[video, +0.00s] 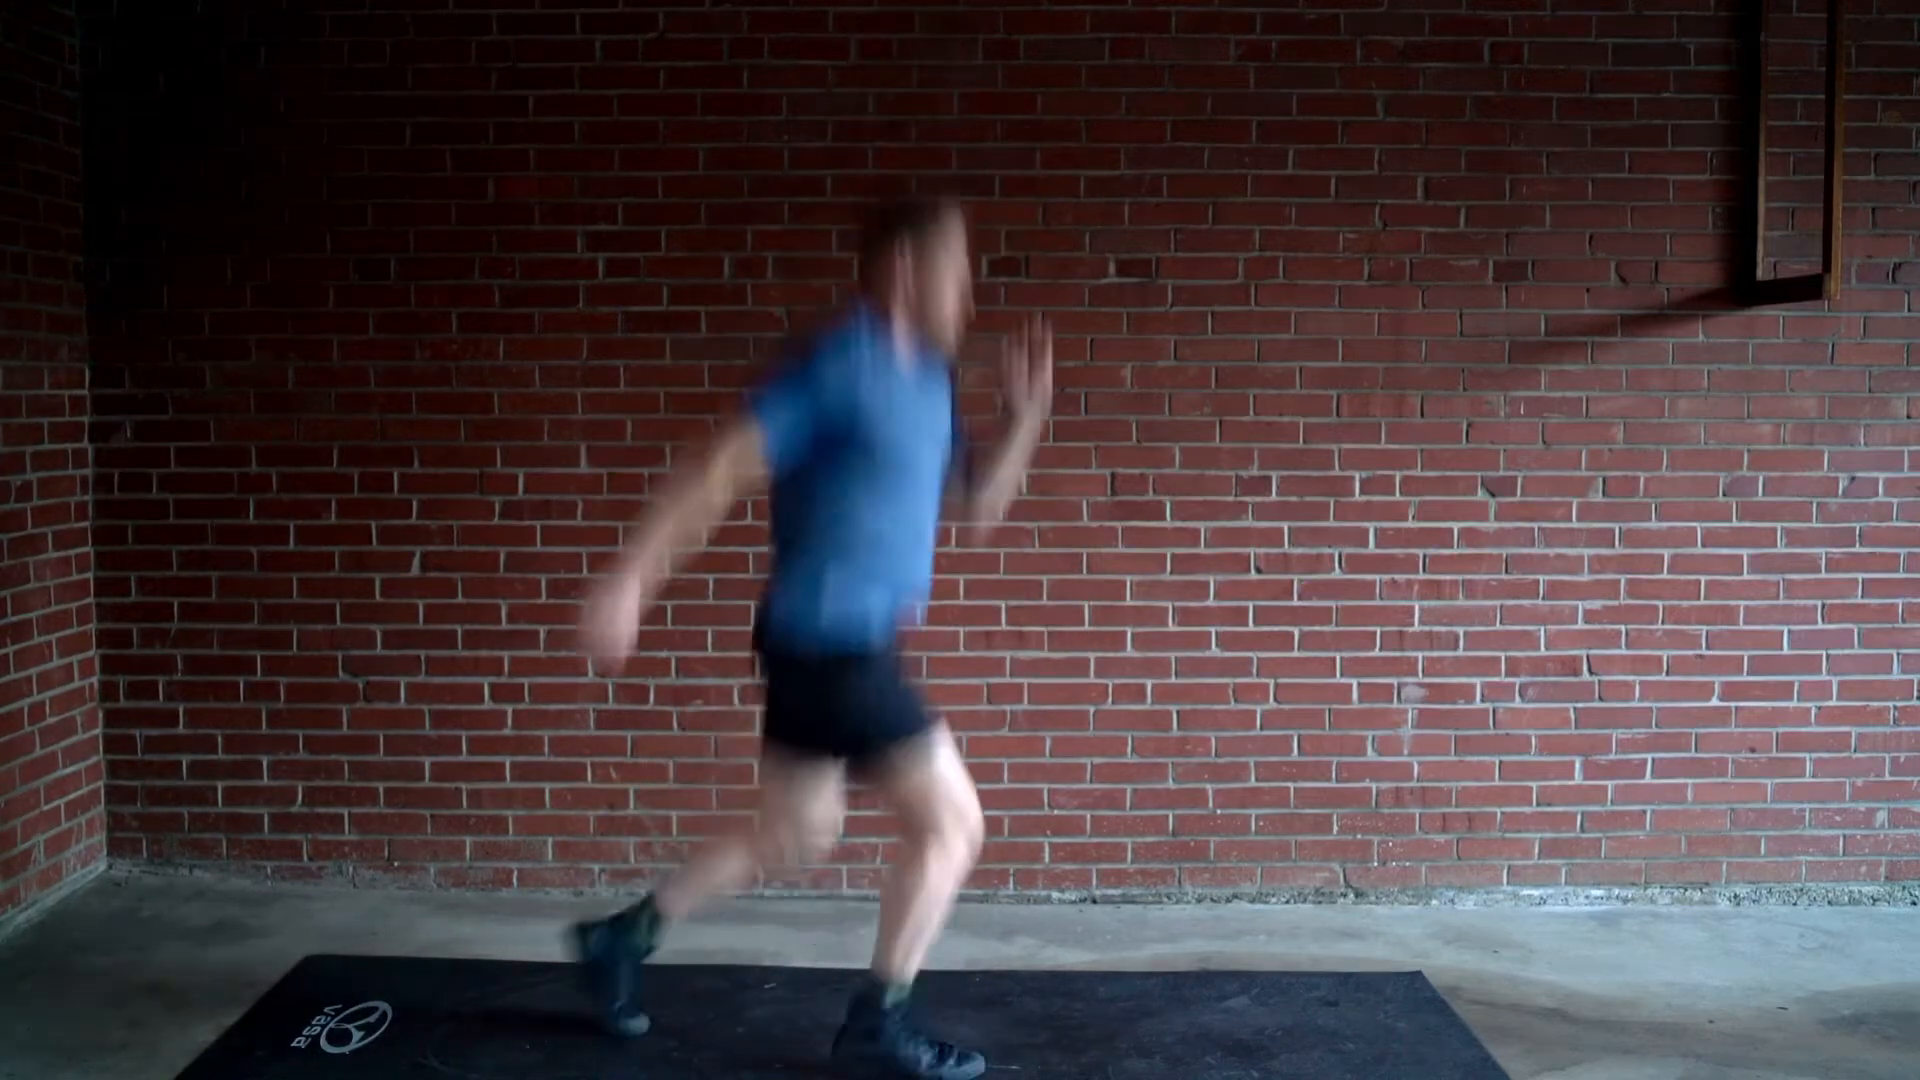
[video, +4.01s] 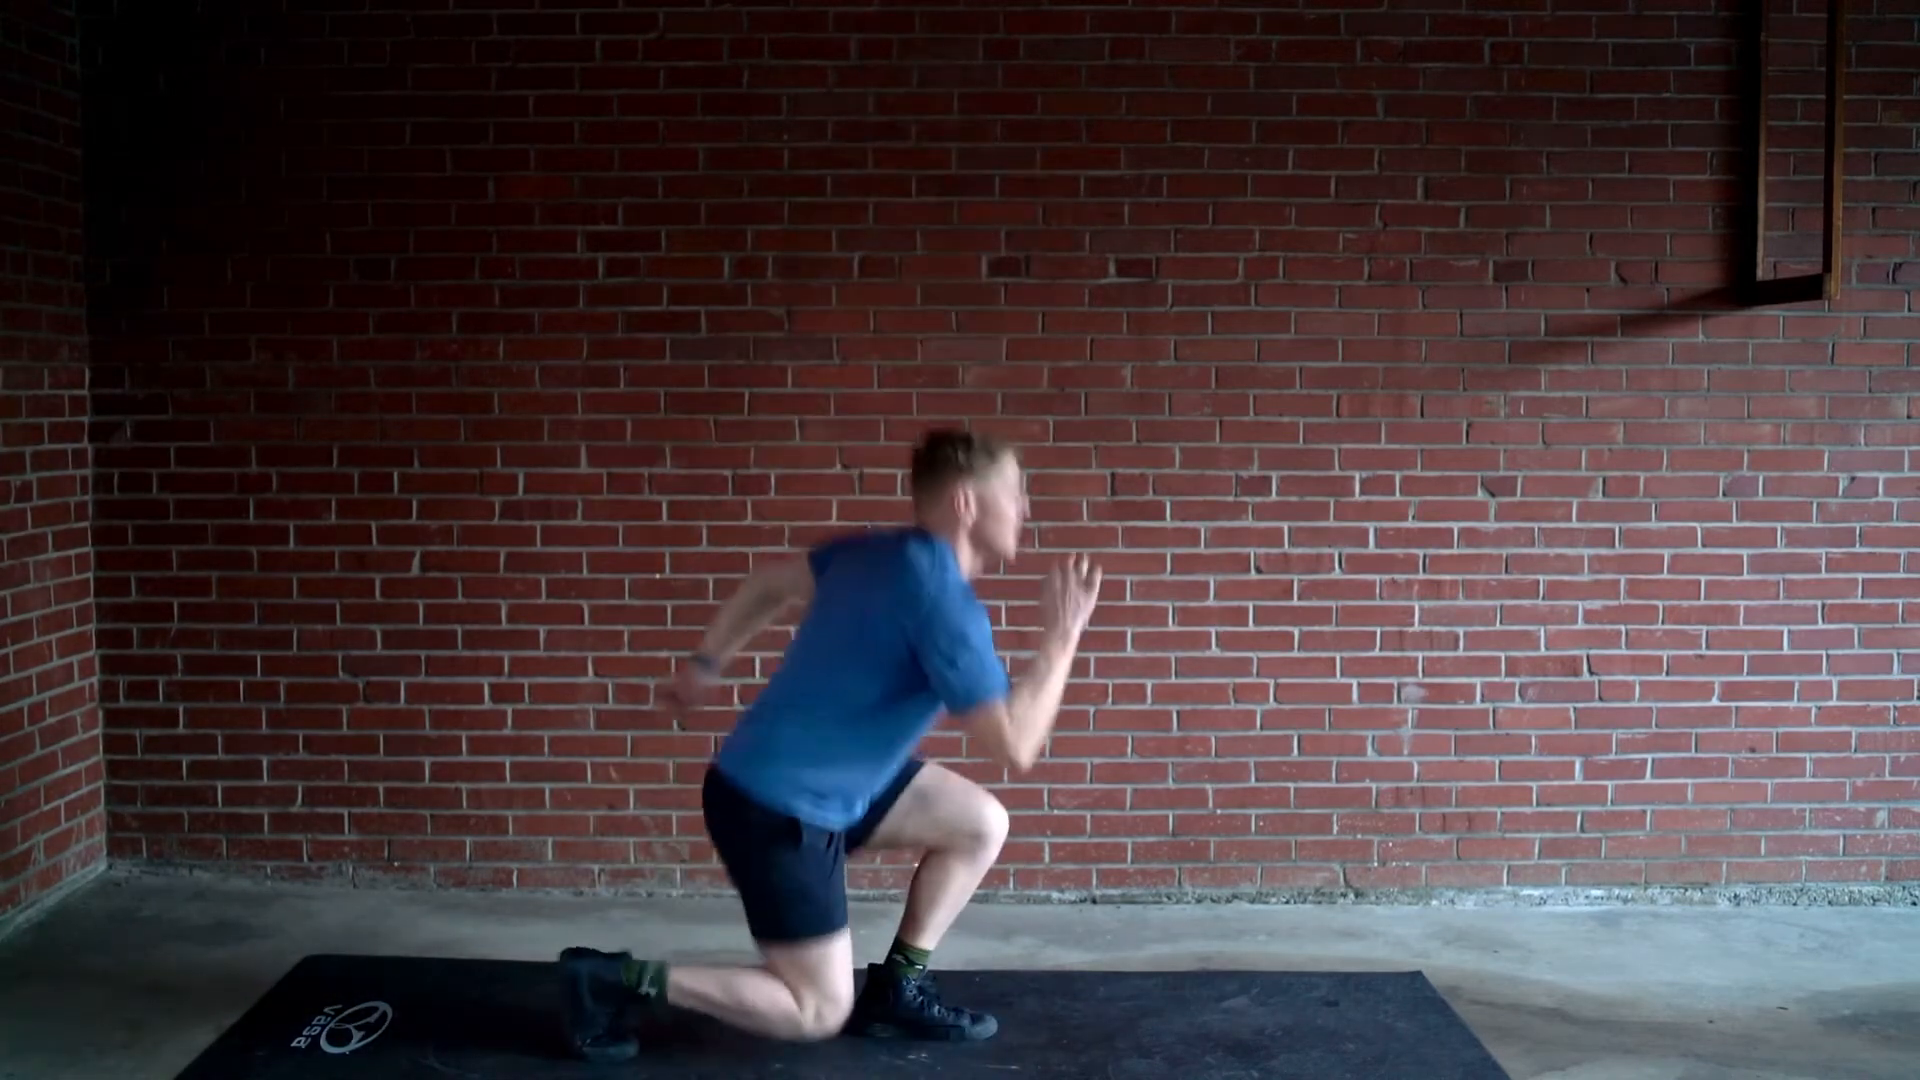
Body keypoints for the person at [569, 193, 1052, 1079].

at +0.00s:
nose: (965, 286)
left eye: (966, 266)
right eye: (950, 266)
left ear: (948, 274)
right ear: (897, 269)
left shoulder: (934, 376)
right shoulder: (843, 361)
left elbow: (974, 513)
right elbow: (726, 462)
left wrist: (1025, 418)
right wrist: (630, 580)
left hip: (843, 642)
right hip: (827, 644)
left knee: (795, 838)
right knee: (953, 825)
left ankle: (627, 933)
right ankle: (880, 1022)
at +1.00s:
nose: (978, 105)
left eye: (976, 86)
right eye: (966, 86)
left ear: (910, 93)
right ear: (915, 89)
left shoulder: (865, 174)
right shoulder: (903, 175)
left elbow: (802, 298)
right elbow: (980, 299)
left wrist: (751, 399)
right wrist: (1032, 205)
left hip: (889, 454)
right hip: (860, 455)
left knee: (920, 646)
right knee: (801, 669)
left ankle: (916, 843)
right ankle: (649, 818)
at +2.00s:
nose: (984, 104)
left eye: (983, 86)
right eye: (972, 85)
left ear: (933, 91)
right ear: (922, 88)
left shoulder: (924, 191)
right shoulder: (886, 174)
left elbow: (962, 334)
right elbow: (806, 295)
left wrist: (1036, 257)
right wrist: (731, 413)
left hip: (898, 442)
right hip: (861, 442)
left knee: (887, 649)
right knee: (849, 657)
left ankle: (777, 834)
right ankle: (767, 849)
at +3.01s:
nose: (963, 292)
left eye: (960, 275)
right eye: (944, 275)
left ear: (943, 288)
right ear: (898, 289)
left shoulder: (942, 392)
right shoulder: (881, 382)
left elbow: (1001, 473)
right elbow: (777, 457)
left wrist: (1052, 410)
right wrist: (749, 605)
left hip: (840, 662)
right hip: (841, 665)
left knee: (776, 837)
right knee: (964, 831)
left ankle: (614, 945)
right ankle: (896, 1025)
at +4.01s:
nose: (1025, 510)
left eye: (1022, 493)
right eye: (1015, 493)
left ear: (955, 503)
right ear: (966, 502)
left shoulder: (871, 552)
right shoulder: (938, 597)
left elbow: (770, 584)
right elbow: (1018, 747)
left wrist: (708, 660)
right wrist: (1064, 631)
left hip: (833, 777)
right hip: (775, 800)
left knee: (980, 824)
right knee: (818, 1007)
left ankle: (896, 991)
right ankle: (622, 978)